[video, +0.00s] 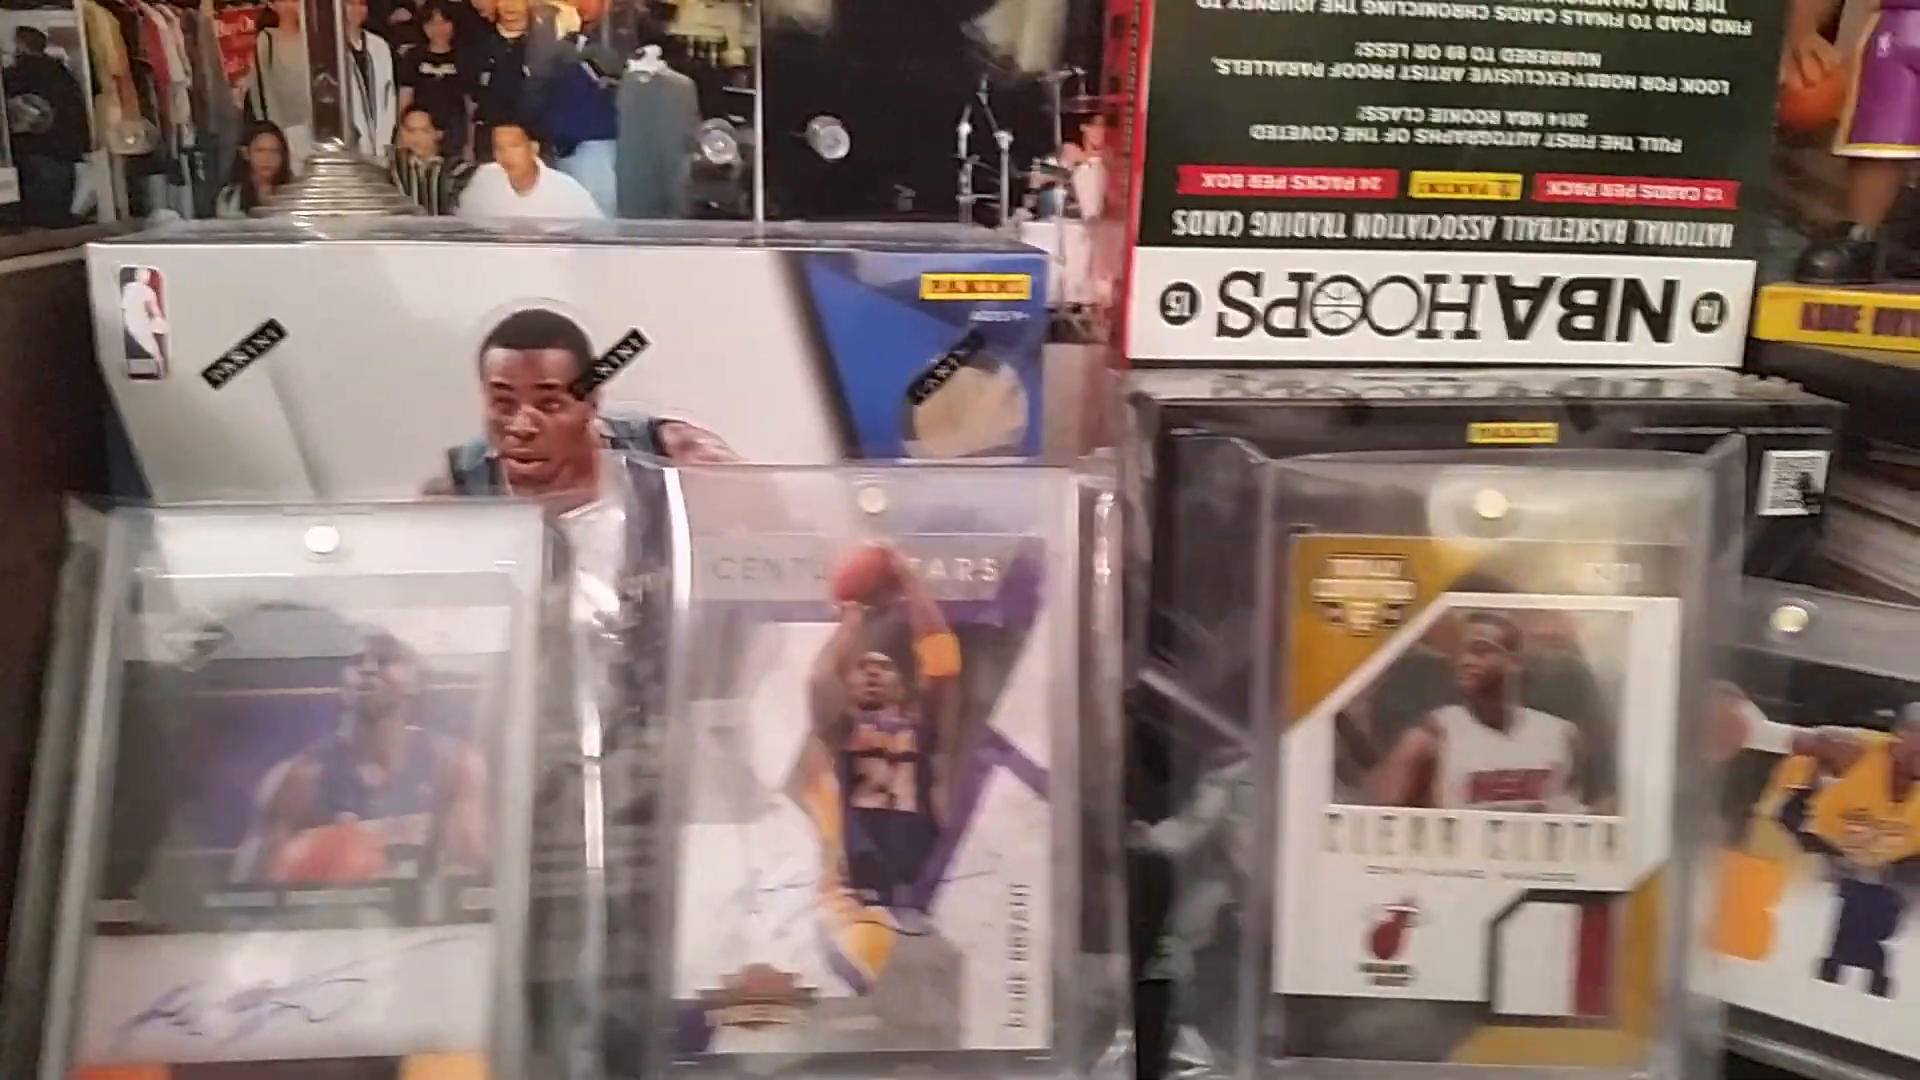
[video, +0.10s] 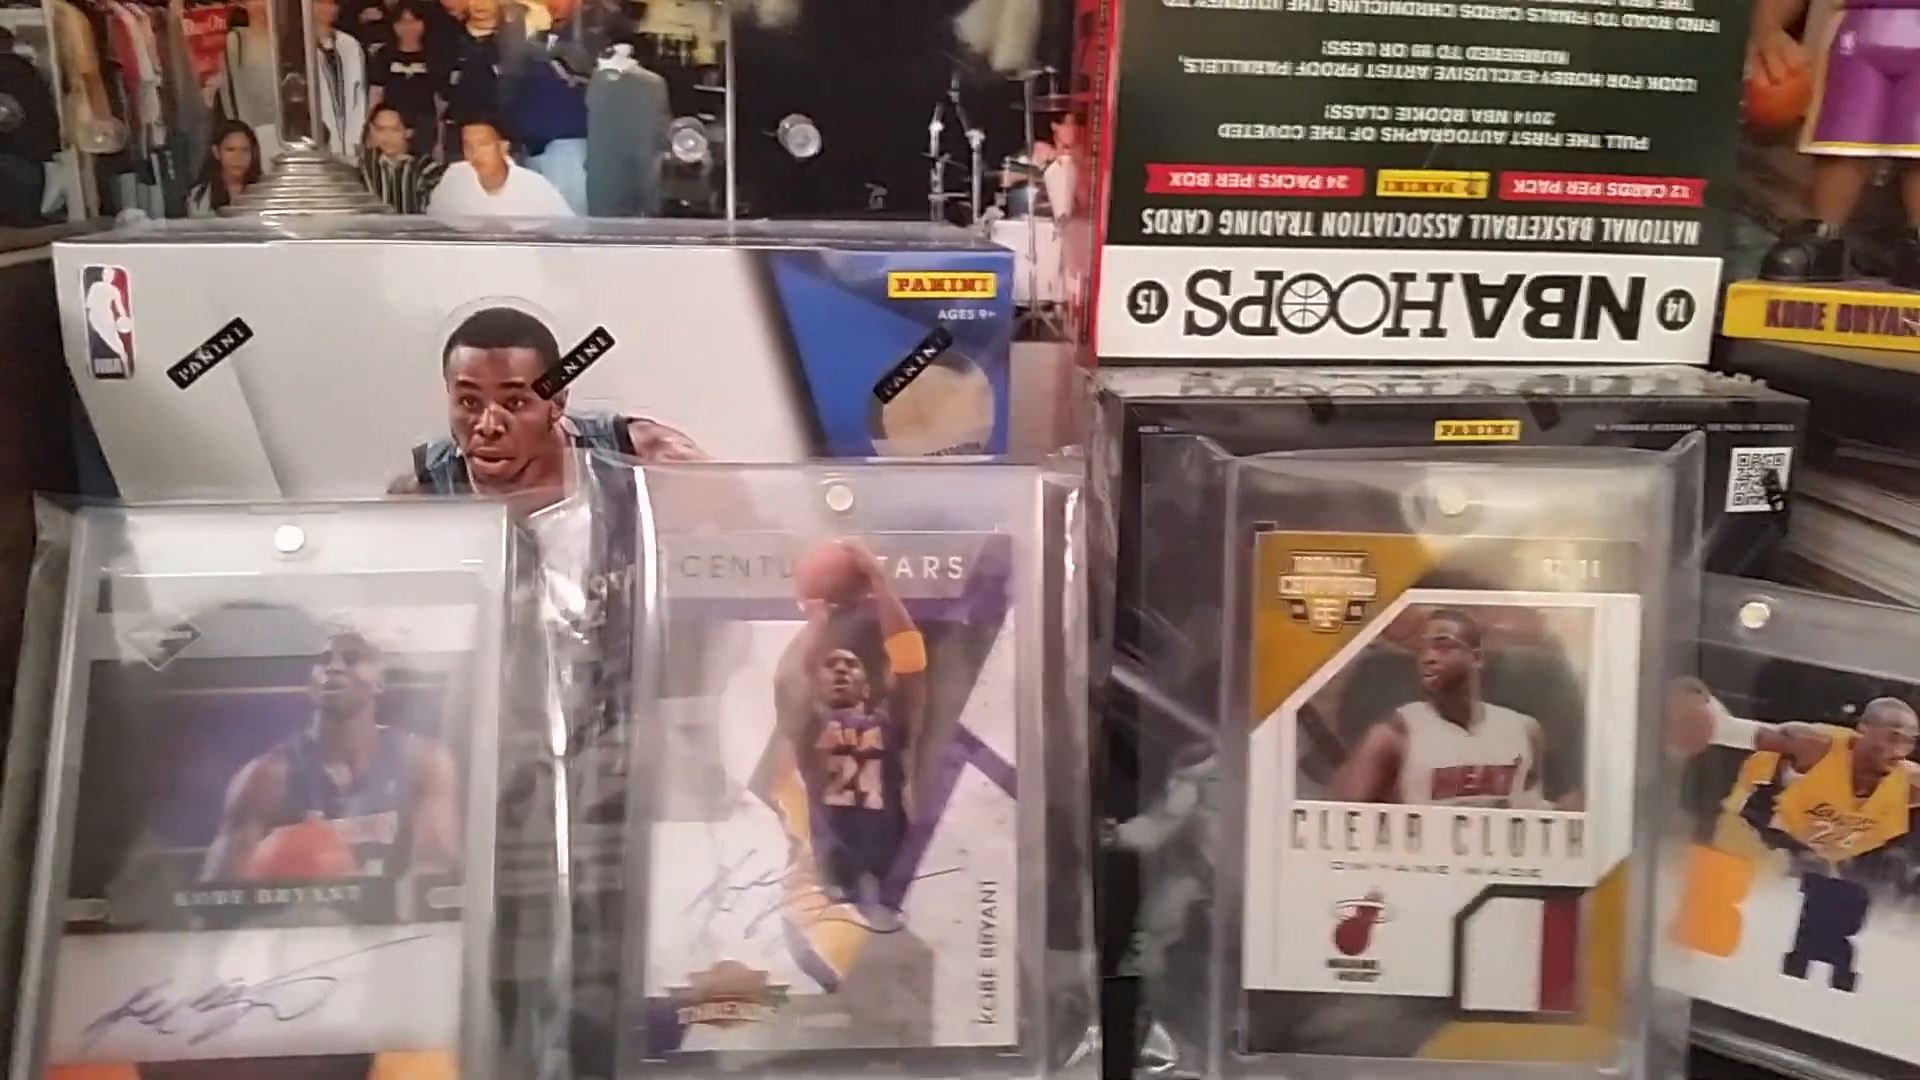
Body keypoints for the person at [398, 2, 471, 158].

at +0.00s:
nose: (440, 29)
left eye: (444, 22)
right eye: (434, 23)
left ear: (453, 26)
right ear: (425, 28)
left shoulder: (463, 58)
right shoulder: (413, 58)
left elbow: (470, 102)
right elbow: (406, 97)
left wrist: (470, 145)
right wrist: (403, 135)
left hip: (454, 132)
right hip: (421, 133)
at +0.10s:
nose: (407, 26)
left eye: (413, 21)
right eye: (402, 21)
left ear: (423, 25)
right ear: (394, 26)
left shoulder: (433, 59)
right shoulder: (384, 56)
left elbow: (440, 102)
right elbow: (376, 95)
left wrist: (440, 143)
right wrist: (369, 132)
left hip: (424, 130)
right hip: (390, 131)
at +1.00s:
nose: (404, 28)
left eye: (410, 22)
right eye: (398, 23)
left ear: (418, 28)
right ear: (392, 28)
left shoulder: (429, 58)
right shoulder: (380, 56)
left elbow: (436, 101)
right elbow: (373, 94)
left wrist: (436, 142)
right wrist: (370, 131)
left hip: (420, 127)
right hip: (387, 129)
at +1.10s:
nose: (411, 28)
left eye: (417, 22)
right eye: (405, 23)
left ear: (427, 27)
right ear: (399, 28)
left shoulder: (436, 58)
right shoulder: (388, 56)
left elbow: (444, 101)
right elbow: (380, 95)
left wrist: (443, 142)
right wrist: (377, 132)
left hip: (428, 127)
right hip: (395, 128)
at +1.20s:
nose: (420, 28)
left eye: (427, 21)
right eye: (414, 23)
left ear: (435, 27)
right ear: (408, 28)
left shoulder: (446, 56)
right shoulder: (398, 55)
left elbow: (453, 99)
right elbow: (390, 93)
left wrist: (453, 140)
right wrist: (389, 130)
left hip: (437, 125)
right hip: (405, 126)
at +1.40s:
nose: (427, 29)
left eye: (432, 23)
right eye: (420, 24)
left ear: (441, 28)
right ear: (414, 29)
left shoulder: (451, 59)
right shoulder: (403, 57)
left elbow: (459, 101)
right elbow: (395, 95)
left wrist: (458, 142)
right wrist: (392, 132)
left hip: (442, 128)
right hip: (410, 129)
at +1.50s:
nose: (434, 28)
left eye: (440, 22)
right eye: (428, 23)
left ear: (449, 27)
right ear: (421, 28)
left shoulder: (458, 56)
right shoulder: (410, 56)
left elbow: (466, 99)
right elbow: (403, 93)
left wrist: (465, 141)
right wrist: (400, 130)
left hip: (450, 127)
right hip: (418, 129)